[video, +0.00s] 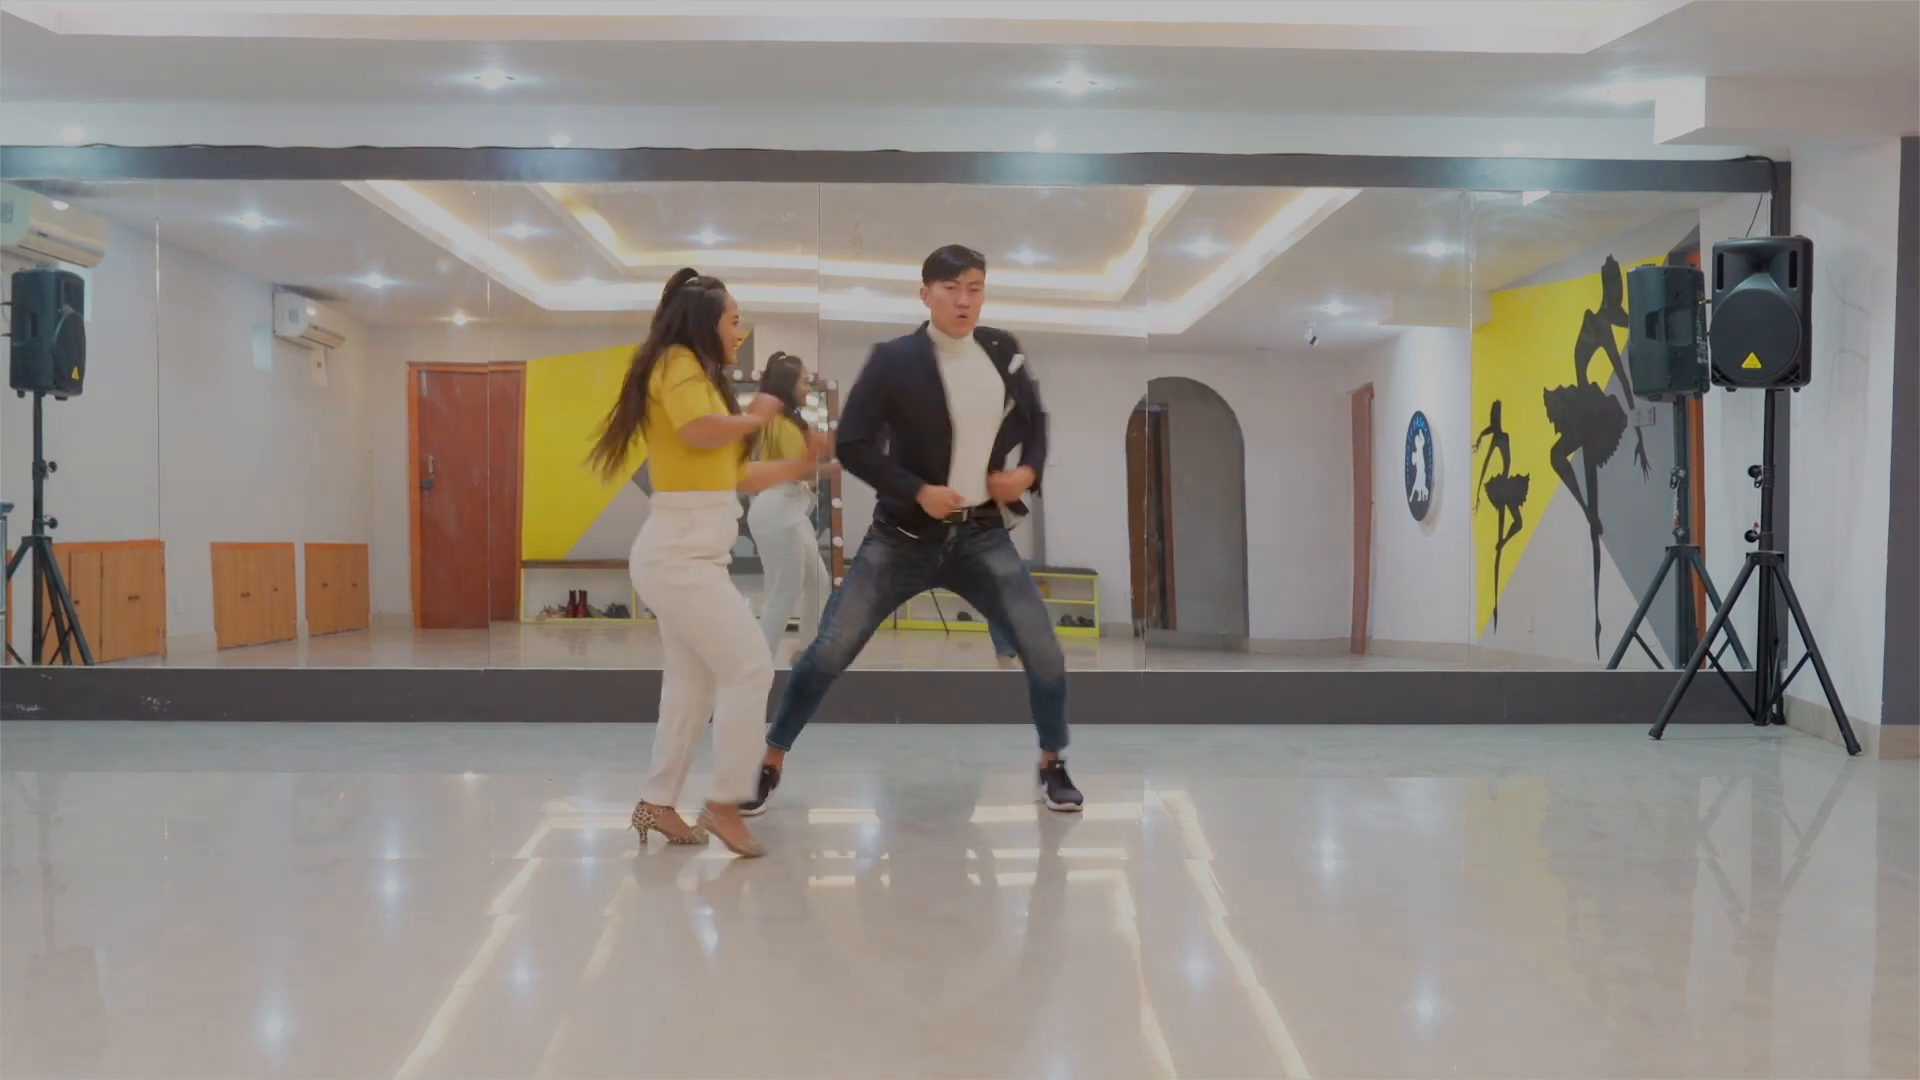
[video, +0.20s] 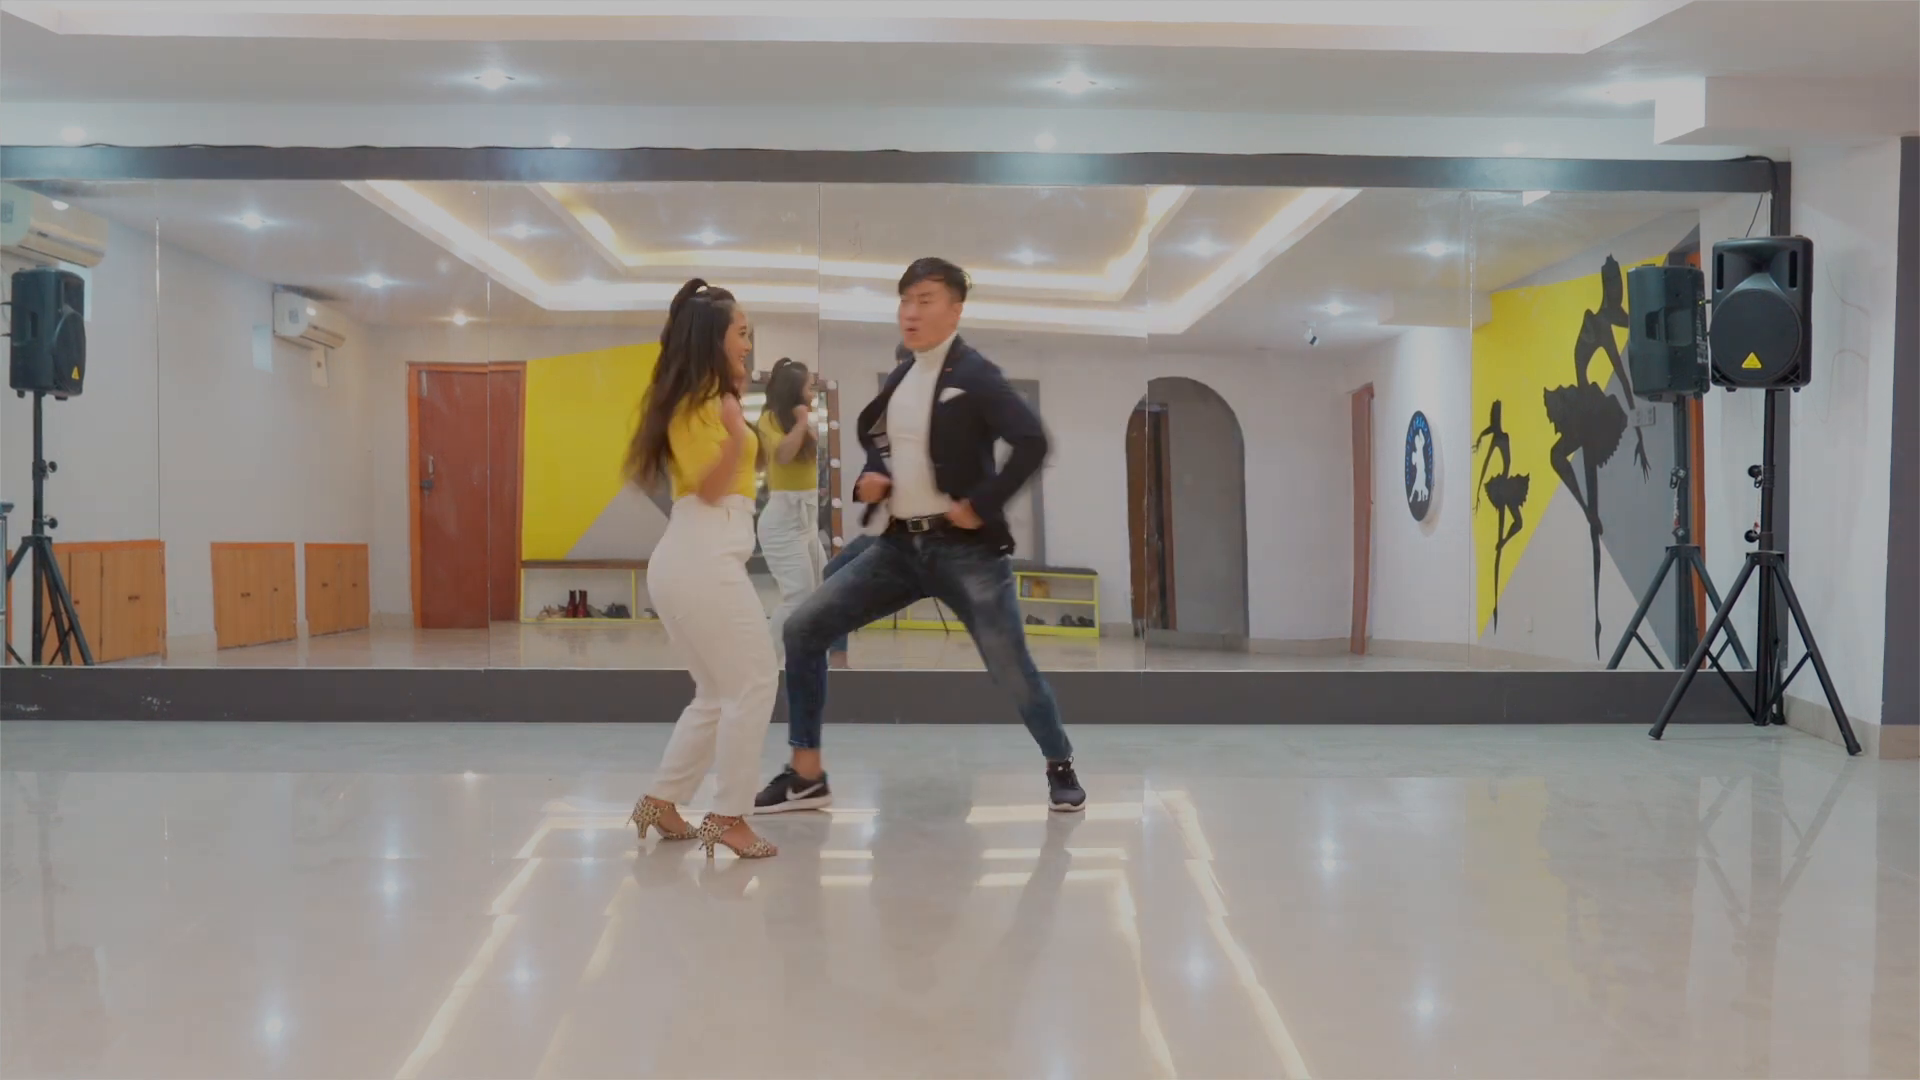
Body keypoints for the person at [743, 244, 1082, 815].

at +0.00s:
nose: (964, 301)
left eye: (974, 290)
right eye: (951, 289)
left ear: (984, 295)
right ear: (926, 294)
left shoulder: (1002, 351)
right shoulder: (891, 361)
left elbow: (1034, 417)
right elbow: (852, 446)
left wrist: (1027, 471)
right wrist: (917, 490)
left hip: (983, 537)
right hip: (901, 538)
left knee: (1045, 651)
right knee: (829, 653)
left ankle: (1053, 763)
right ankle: (771, 757)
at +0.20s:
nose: (911, 311)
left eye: (926, 301)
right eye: (906, 300)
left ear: (957, 310)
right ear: (898, 309)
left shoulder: (976, 375)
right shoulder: (897, 379)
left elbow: (1033, 443)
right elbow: (874, 437)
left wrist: (982, 503)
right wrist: (873, 473)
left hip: (967, 549)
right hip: (899, 545)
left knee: (1010, 667)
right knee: (802, 627)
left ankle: (1059, 763)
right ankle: (806, 770)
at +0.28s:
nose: (886, 311)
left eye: (901, 300)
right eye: (885, 300)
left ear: (936, 310)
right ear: (886, 306)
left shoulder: (952, 368)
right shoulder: (893, 375)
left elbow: (982, 427)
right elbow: (881, 448)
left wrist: (925, 485)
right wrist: (862, 485)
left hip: (949, 551)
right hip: (887, 549)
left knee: (1000, 666)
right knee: (793, 631)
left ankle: (1063, 760)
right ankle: (813, 772)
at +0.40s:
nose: (856, 302)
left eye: (871, 294)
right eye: (855, 291)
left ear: (906, 303)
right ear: (855, 296)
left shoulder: (918, 353)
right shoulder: (866, 363)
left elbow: (932, 412)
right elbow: (864, 439)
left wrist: (856, 443)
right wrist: (830, 488)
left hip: (917, 541)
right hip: (860, 537)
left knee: (958, 667)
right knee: (782, 636)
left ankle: (1055, 738)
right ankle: (811, 774)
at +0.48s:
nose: (839, 304)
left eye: (854, 296)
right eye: (838, 292)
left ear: (890, 304)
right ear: (835, 293)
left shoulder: (909, 355)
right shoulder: (837, 359)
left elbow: (920, 410)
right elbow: (835, 438)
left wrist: (833, 435)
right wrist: (800, 493)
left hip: (907, 533)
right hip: (850, 533)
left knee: (916, 663)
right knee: (779, 641)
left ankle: (1008, 741)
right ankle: (811, 775)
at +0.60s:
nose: (824, 312)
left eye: (838, 305)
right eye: (824, 301)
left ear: (877, 315)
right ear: (825, 301)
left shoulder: (904, 363)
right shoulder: (812, 358)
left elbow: (903, 423)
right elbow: (792, 445)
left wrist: (808, 419)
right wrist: (752, 518)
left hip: (902, 535)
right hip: (844, 537)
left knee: (867, 638)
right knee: (771, 644)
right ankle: (811, 776)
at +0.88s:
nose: (807, 348)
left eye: (822, 341)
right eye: (812, 337)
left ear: (858, 360)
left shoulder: (879, 418)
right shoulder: (801, 415)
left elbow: (868, 497)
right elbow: (757, 471)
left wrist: (780, 466)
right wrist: (706, 469)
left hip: (886, 588)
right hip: (828, 591)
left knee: (813, 667)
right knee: (741, 657)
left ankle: (860, 815)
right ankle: (805, 775)